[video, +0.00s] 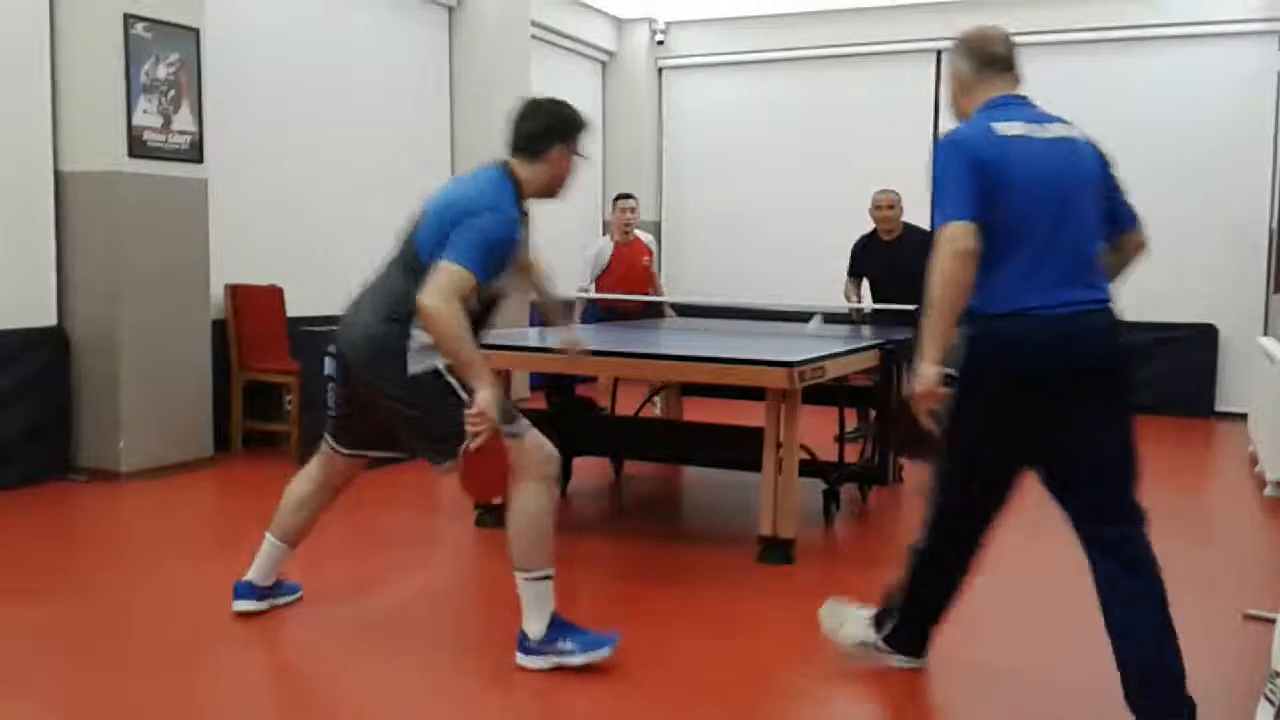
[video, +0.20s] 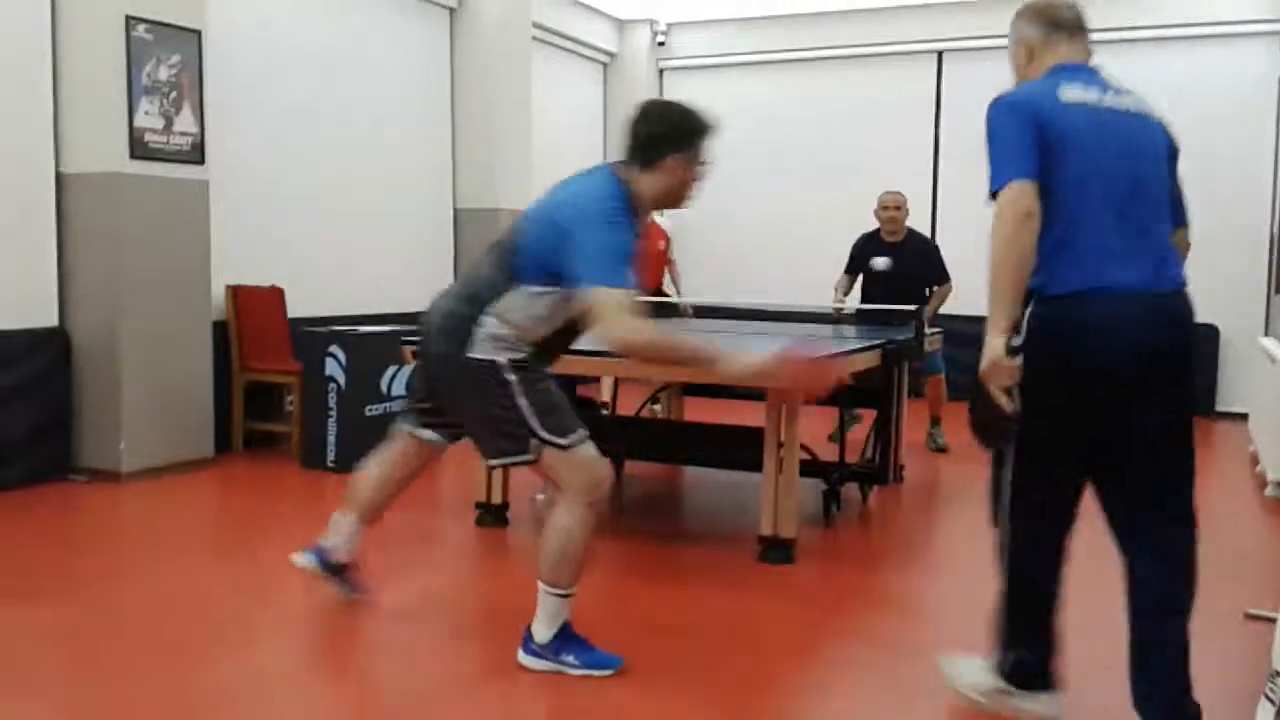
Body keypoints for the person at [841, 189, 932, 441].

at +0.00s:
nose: (885, 214)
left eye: (891, 207)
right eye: (878, 208)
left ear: (901, 210)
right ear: (871, 213)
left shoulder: (923, 240)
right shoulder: (864, 246)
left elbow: (939, 276)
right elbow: (853, 282)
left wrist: (932, 310)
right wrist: (855, 303)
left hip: (920, 318)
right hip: (883, 320)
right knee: (860, 360)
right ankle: (863, 421)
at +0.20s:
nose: (891, 214)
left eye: (897, 208)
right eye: (885, 209)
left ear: (906, 212)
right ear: (876, 213)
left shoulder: (924, 246)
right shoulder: (866, 243)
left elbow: (945, 285)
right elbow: (849, 276)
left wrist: (927, 314)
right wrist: (840, 295)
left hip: (912, 325)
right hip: (870, 325)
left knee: (935, 368)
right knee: (841, 361)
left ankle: (935, 427)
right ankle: (849, 412)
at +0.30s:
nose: (886, 213)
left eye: (891, 207)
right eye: (879, 208)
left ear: (900, 211)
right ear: (870, 212)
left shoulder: (915, 246)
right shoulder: (858, 242)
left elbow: (931, 284)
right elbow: (841, 275)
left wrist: (916, 304)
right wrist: (830, 291)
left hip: (905, 320)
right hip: (863, 318)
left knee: (929, 365)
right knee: (816, 351)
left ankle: (934, 424)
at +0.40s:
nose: (865, 221)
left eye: (870, 215)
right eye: (859, 216)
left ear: (879, 219)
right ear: (851, 220)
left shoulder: (896, 253)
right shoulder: (840, 252)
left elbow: (918, 292)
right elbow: (821, 287)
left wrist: (906, 318)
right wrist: (803, 306)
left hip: (890, 326)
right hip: (850, 325)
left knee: (919, 364)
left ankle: (931, 426)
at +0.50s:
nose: (838, 229)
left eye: (842, 222)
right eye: (834, 224)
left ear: (851, 222)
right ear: (826, 228)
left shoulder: (870, 253)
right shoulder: (824, 255)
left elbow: (894, 292)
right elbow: (807, 288)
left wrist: (876, 321)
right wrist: (776, 296)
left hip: (877, 329)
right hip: (843, 329)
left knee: (906, 372)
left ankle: (928, 422)